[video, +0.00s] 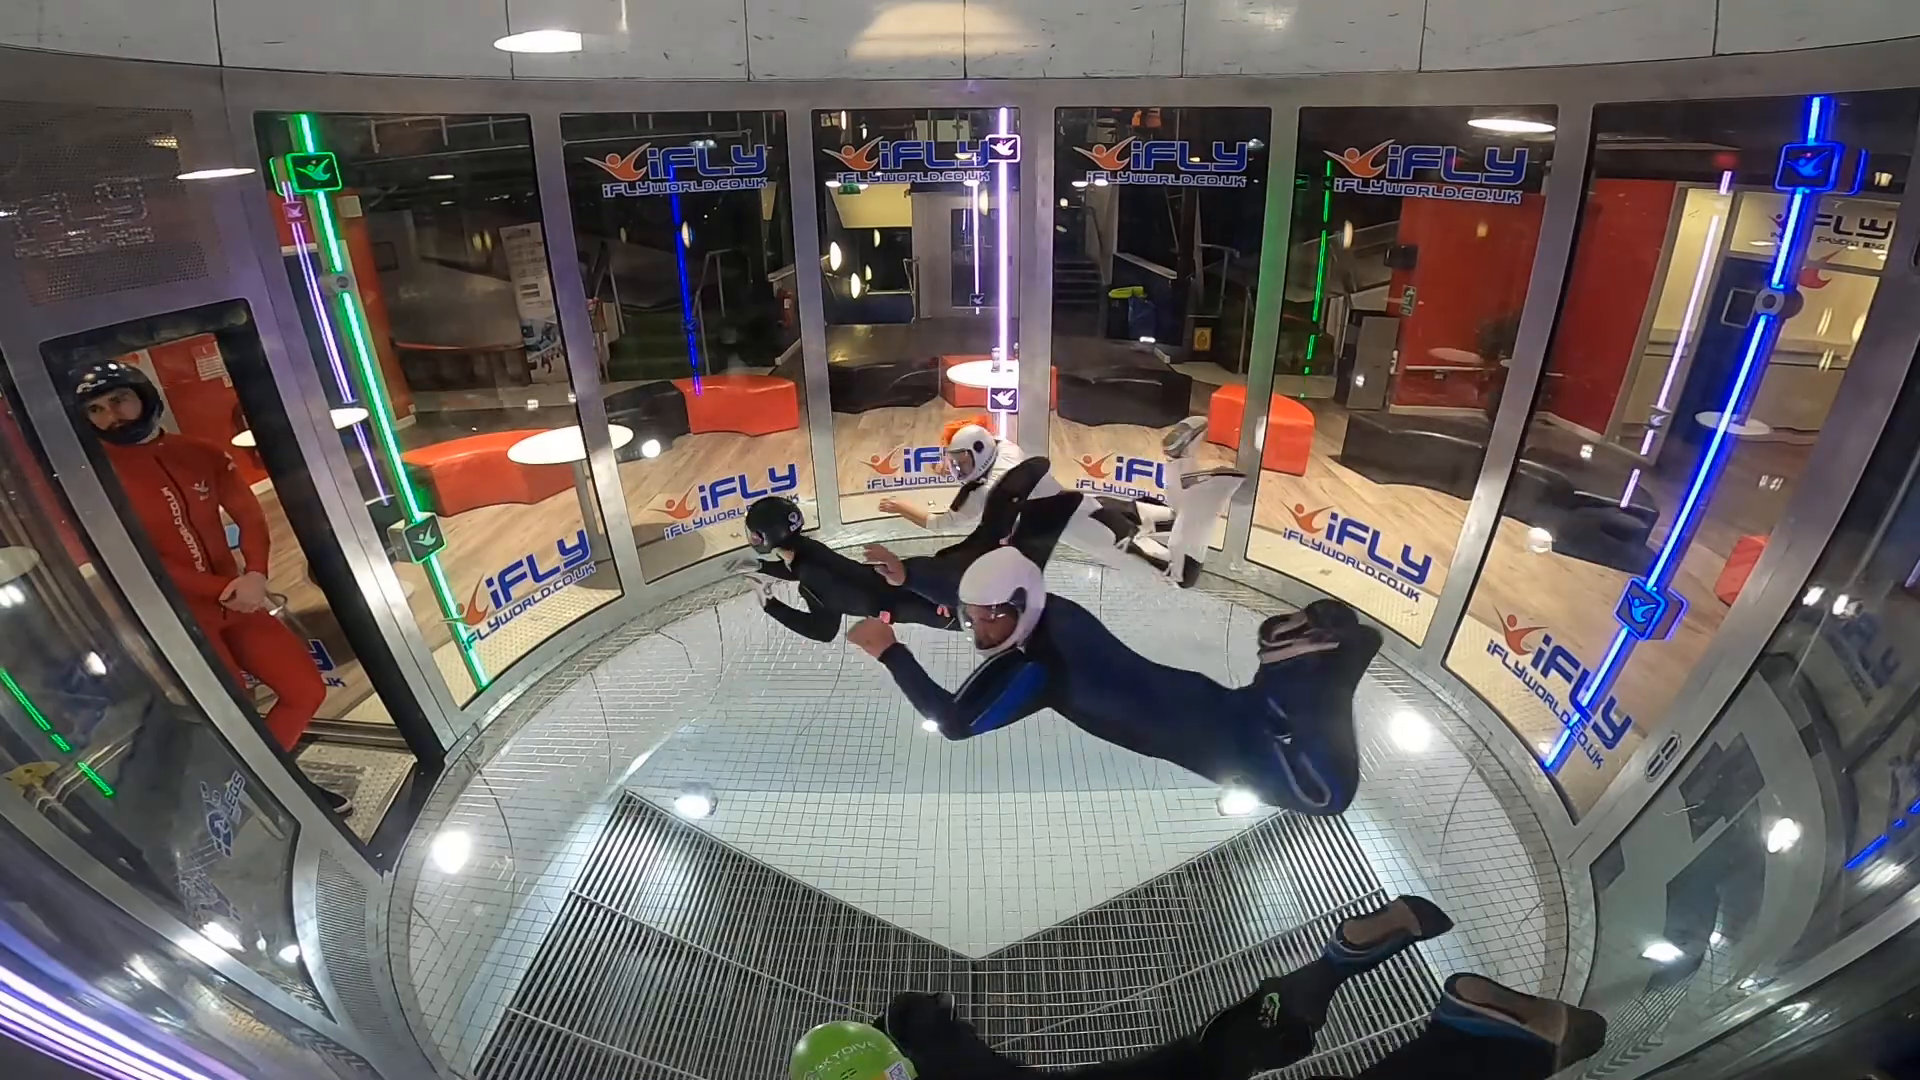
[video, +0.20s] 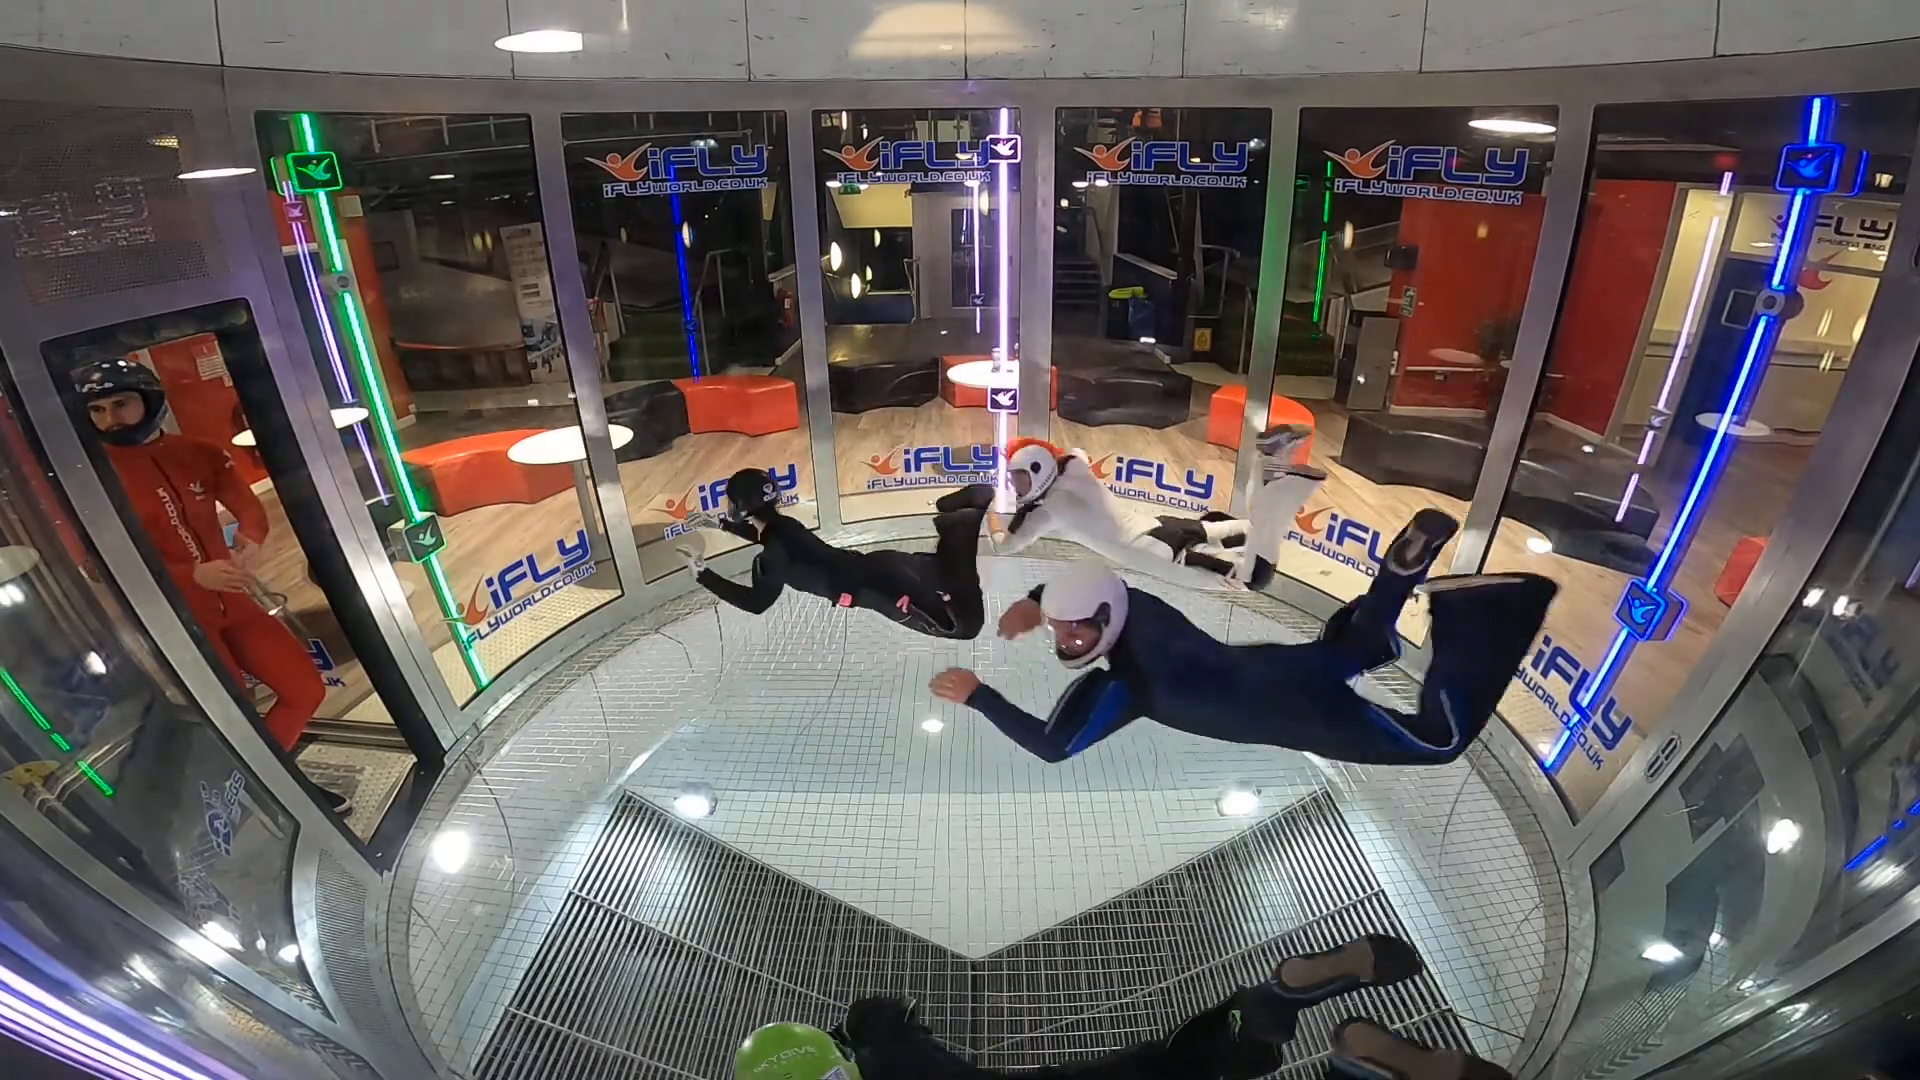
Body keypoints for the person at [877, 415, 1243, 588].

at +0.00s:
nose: (956, 467)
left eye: (961, 460)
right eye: (955, 460)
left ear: (980, 455)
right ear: (979, 447)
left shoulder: (984, 492)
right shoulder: (1009, 452)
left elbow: (943, 525)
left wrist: (904, 510)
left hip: (1075, 522)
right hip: (1085, 499)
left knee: (1134, 544)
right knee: (1133, 510)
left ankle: (1174, 560)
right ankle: (1182, 512)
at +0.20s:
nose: (1019, 487)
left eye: (1023, 479)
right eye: (1016, 479)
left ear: (1043, 473)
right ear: (1046, 463)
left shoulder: (1051, 508)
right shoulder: (1074, 466)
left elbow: (1008, 540)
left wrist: (998, 507)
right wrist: (1023, 492)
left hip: (1150, 548)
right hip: (1153, 520)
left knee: (1246, 575)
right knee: (1218, 527)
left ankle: (1280, 509)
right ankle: (1282, 520)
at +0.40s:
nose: (1059, 507)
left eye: (1061, 499)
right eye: (1058, 498)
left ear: (1080, 499)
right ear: (1093, 482)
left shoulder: (1095, 528)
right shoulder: (1121, 488)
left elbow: (1055, 567)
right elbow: (1126, 478)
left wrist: (1042, 536)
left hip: (1197, 559)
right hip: (1207, 533)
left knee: (1302, 572)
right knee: (1287, 533)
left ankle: (1355, 482)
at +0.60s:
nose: (1074, 530)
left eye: (1082, 522)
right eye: (1073, 522)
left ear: (1104, 520)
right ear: (1092, 519)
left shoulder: (1124, 552)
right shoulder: (1113, 540)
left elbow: (1099, 602)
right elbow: (1099, 579)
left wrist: (1075, 587)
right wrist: (1079, 569)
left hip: (1247, 568)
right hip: (1241, 551)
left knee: (1359, 552)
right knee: (1332, 517)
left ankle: (1385, 445)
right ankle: (1374, 426)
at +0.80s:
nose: (1072, 566)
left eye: (1077, 553)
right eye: (1067, 556)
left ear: (1103, 543)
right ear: (1084, 545)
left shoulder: (1124, 572)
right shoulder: (1122, 546)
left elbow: (1098, 630)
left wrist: (1066, 642)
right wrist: (1093, 593)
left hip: (1263, 565)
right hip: (1249, 542)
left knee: (1376, 541)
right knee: (1332, 494)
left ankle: (1415, 429)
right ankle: (1369, 392)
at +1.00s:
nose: (1034, 578)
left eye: (1038, 568)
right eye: (1032, 571)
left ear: (1059, 562)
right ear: (1054, 557)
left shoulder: (1088, 598)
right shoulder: (1080, 560)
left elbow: (1057, 655)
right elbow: (1071, 582)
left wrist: (1005, 677)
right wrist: (1044, 602)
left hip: (1219, 579)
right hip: (1209, 551)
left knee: (1336, 550)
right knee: (1299, 498)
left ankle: (1381, 433)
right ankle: (1333, 403)